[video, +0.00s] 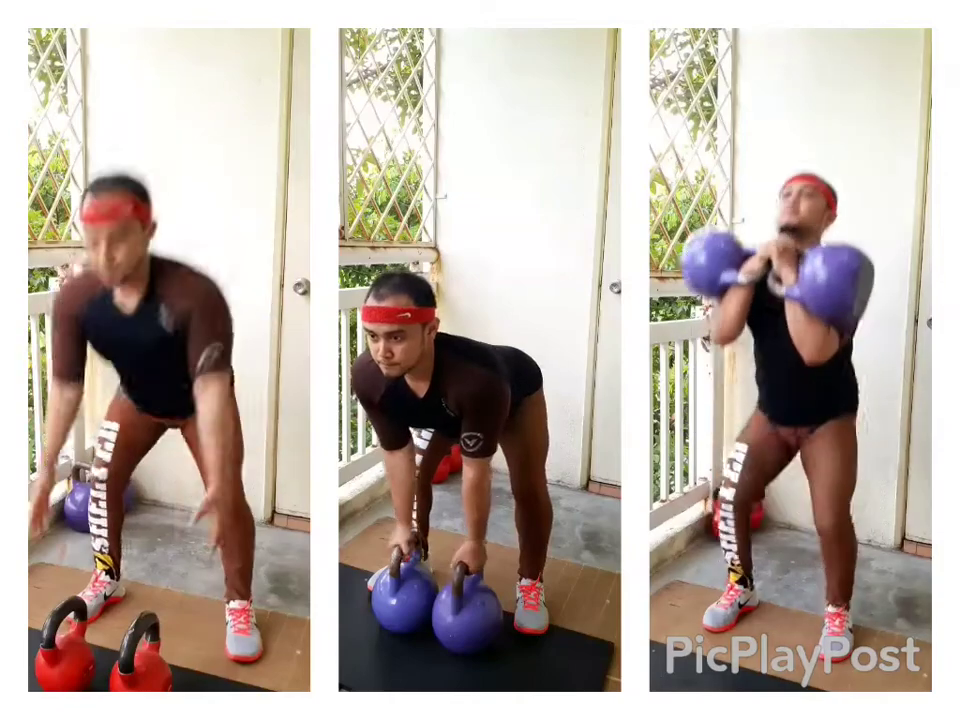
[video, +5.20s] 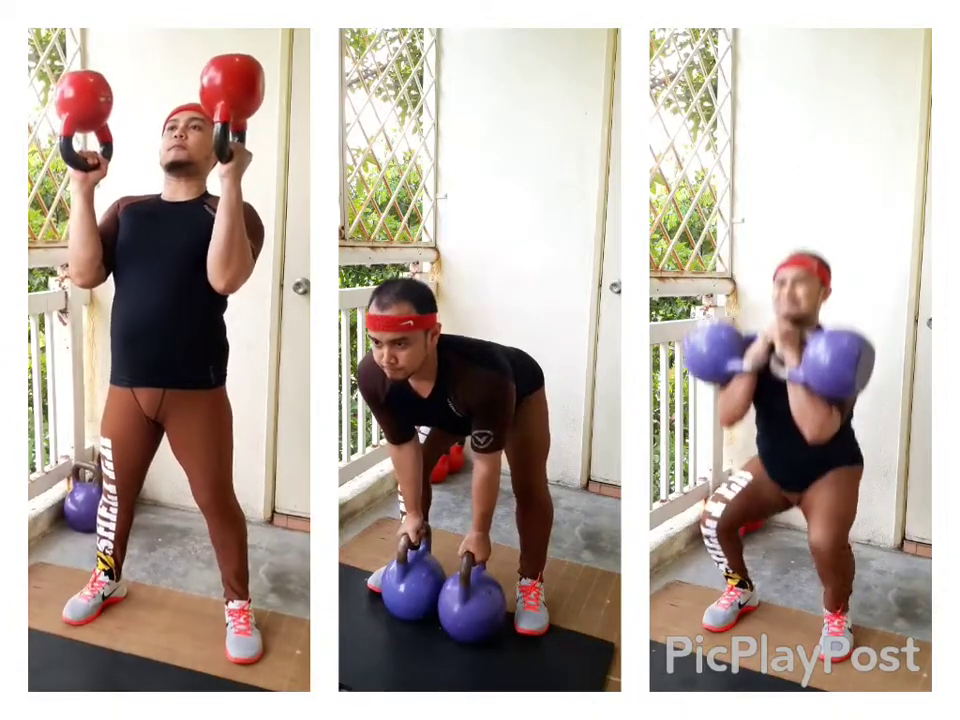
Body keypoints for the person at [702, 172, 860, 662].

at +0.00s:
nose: (793, 203)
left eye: (807, 197)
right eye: (787, 196)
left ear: (829, 215)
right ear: (776, 209)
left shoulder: (838, 269)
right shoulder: (753, 265)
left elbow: (815, 351)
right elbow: (722, 334)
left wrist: (789, 279)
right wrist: (749, 273)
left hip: (828, 418)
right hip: (771, 414)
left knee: (831, 522)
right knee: (735, 500)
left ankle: (837, 613)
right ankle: (740, 586)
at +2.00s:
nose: (791, 222)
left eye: (805, 214)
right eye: (784, 213)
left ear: (827, 227)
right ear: (774, 222)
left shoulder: (842, 285)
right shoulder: (755, 278)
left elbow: (819, 357)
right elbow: (726, 346)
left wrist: (793, 283)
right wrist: (758, 281)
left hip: (831, 427)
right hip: (773, 423)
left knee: (830, 525)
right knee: (733, 506)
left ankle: (836, 613)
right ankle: (740, 586)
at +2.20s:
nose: (789, 281)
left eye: (802, 273)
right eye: (782, 273)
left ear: (823, 286)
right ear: (772, 283)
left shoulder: (832, 345)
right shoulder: (754, 338)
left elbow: (816, 421)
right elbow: (723, 405)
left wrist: (791, 351)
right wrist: (752, 350)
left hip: (831, 460)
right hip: (774, 458)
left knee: (828, 540)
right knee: (721, 519)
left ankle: (836, 614)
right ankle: (740, 588)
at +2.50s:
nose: (783, 355)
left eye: (796, 346)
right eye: (776, 346)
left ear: (819, 357)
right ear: (768, 354)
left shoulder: (833, 414)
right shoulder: (749, 405)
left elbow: (817, 497)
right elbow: (721, 478)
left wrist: (788, 428)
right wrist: (747, 427)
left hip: (822, 524)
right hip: (769, 522)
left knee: (826, 550)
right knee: (713, 525)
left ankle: (835, 616)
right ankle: (740, 590)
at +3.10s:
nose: (783, 277)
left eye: (796, 270)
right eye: (775, 269)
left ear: (817, 284)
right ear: (767, 281)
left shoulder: (831, 343)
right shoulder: (749, 335)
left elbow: (814, 427)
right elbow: (723, 408)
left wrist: (786, 358)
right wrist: (747, 353)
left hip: (831, 455)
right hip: (774, 452)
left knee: (823, 536)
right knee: (721, 513)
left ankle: (837, 615)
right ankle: (739, 588)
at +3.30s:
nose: (790, 220)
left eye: (803, 212)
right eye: (783, 212)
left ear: (825, 227)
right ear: (772, 224)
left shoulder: (833, 290)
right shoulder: (754, 283)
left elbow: (818, 369)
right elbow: (728, 352)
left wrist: (790, 299)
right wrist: (747, 298)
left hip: (830, 427)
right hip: (773, 423)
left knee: (833, 528)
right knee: (728, 501)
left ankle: (837, 615)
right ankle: (739, 586)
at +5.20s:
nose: (790, 290)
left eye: (802, 282)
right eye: (783, 282)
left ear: (823, 294)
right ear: (772, 292)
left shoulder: (833, 352)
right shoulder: (754, 346)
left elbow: (819, 430)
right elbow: (727, 416)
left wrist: (792, 361)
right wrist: (753, 361)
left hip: (831, 466)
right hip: (775, 464)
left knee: (826, 543)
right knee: (721, 521)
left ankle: (836, 616)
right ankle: (740, 588)